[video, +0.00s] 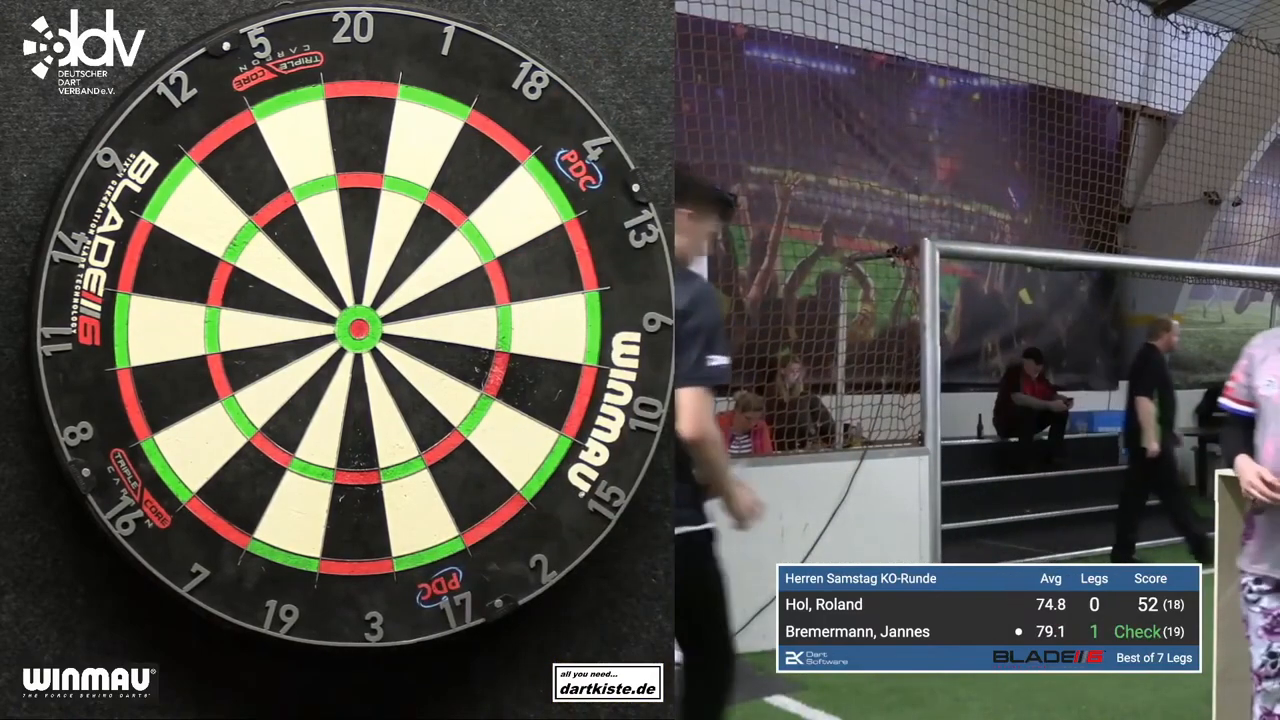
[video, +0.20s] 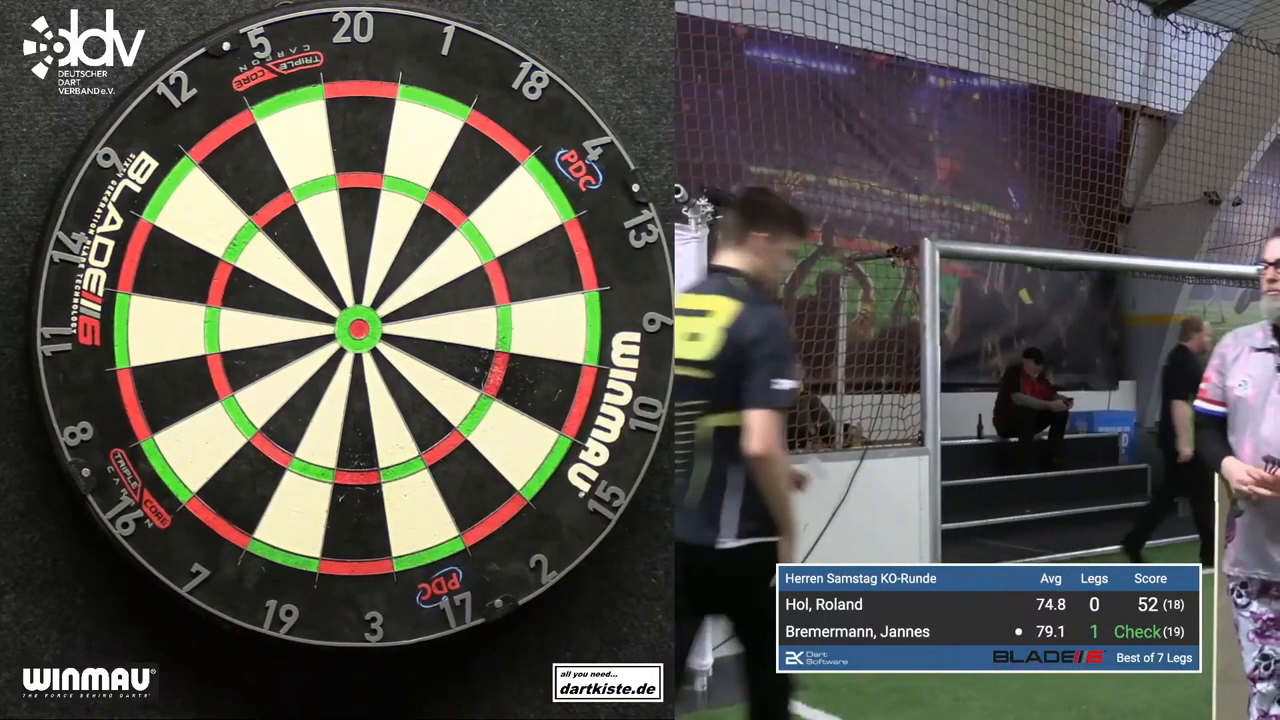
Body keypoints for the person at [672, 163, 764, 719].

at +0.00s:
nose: (714, 238)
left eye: (716, 225)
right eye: (710, 223)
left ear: (668, 220)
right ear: (680, 218)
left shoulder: (611, 285)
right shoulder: (692, 295)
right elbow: (692, 425)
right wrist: (731, 488)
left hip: (605, 512)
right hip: (672, 518)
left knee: (622, 670)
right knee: (710, 667)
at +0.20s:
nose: (790, 266)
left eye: (793, 254)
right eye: (787, 252)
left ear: (739, 240)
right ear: (757, 241)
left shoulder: (682, 306)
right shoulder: (761, 317)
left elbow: (687, 417)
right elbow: (761, 447)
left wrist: (771, 465)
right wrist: (788, 529)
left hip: (673, 536)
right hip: (737, 543)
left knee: (656, 687)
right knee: (770, 689)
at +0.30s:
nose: (822, 267)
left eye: (826, 255)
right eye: (821, 254)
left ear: (771, 241)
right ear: (793, 243)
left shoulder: (719, 300)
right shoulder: (795, 316)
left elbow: (712, 407)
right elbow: (794, 443)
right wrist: (822, 519)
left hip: (714, 507)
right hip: (771, 513)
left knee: (724, 652)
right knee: (802, 646)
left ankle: (677, 710)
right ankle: (787, 716)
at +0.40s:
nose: (868, 265)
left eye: (872, 253)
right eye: (868, 252)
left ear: (819, 238)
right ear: (842, 240)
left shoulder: (767, 294)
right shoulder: (844, 313)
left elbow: (743, 401)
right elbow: (850, 435)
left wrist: (754, 467)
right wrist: (868, 508)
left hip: (762, 495)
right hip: (817, 505)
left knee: (815, 620)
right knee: (823, 632)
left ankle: (752, 694)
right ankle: (796, 712)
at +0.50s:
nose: (898, 263)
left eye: (901, 252)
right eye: (897, 250)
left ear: (847, 236)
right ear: (870, 238)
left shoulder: (799, 292)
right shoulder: (875, 310)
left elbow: (770, 395)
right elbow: (879, 432)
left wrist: (756, 483)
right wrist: (894, 507)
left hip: (792, 489)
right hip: (845, 499)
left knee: (847, 613)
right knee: (839, 626)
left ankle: (819, 705)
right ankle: (800, 711)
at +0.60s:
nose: (939, 267)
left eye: (942, 256)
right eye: (938, 255)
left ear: (895, 247)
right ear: (917, 249)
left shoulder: (849, 302)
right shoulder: (921, 319)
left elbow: (816, 398)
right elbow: (922, 438)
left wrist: (772, 473)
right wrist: (934, 515)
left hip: (840, 488)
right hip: (888, 500)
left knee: (894, 621)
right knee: (859, 627)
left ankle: (929, 711)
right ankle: (814, 713)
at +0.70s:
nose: (973, 274)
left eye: (975, 262)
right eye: (970, 261)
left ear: (924, 254)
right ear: (946, 256)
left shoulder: (881, 309)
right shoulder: (950, 326)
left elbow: (851, 404)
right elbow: (948, 440)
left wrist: (805, 471)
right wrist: (966, 516)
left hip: (877, 496)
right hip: (920, 506)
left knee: (934, 630)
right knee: (899, 629)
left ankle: (961, 714)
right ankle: (828, 713)